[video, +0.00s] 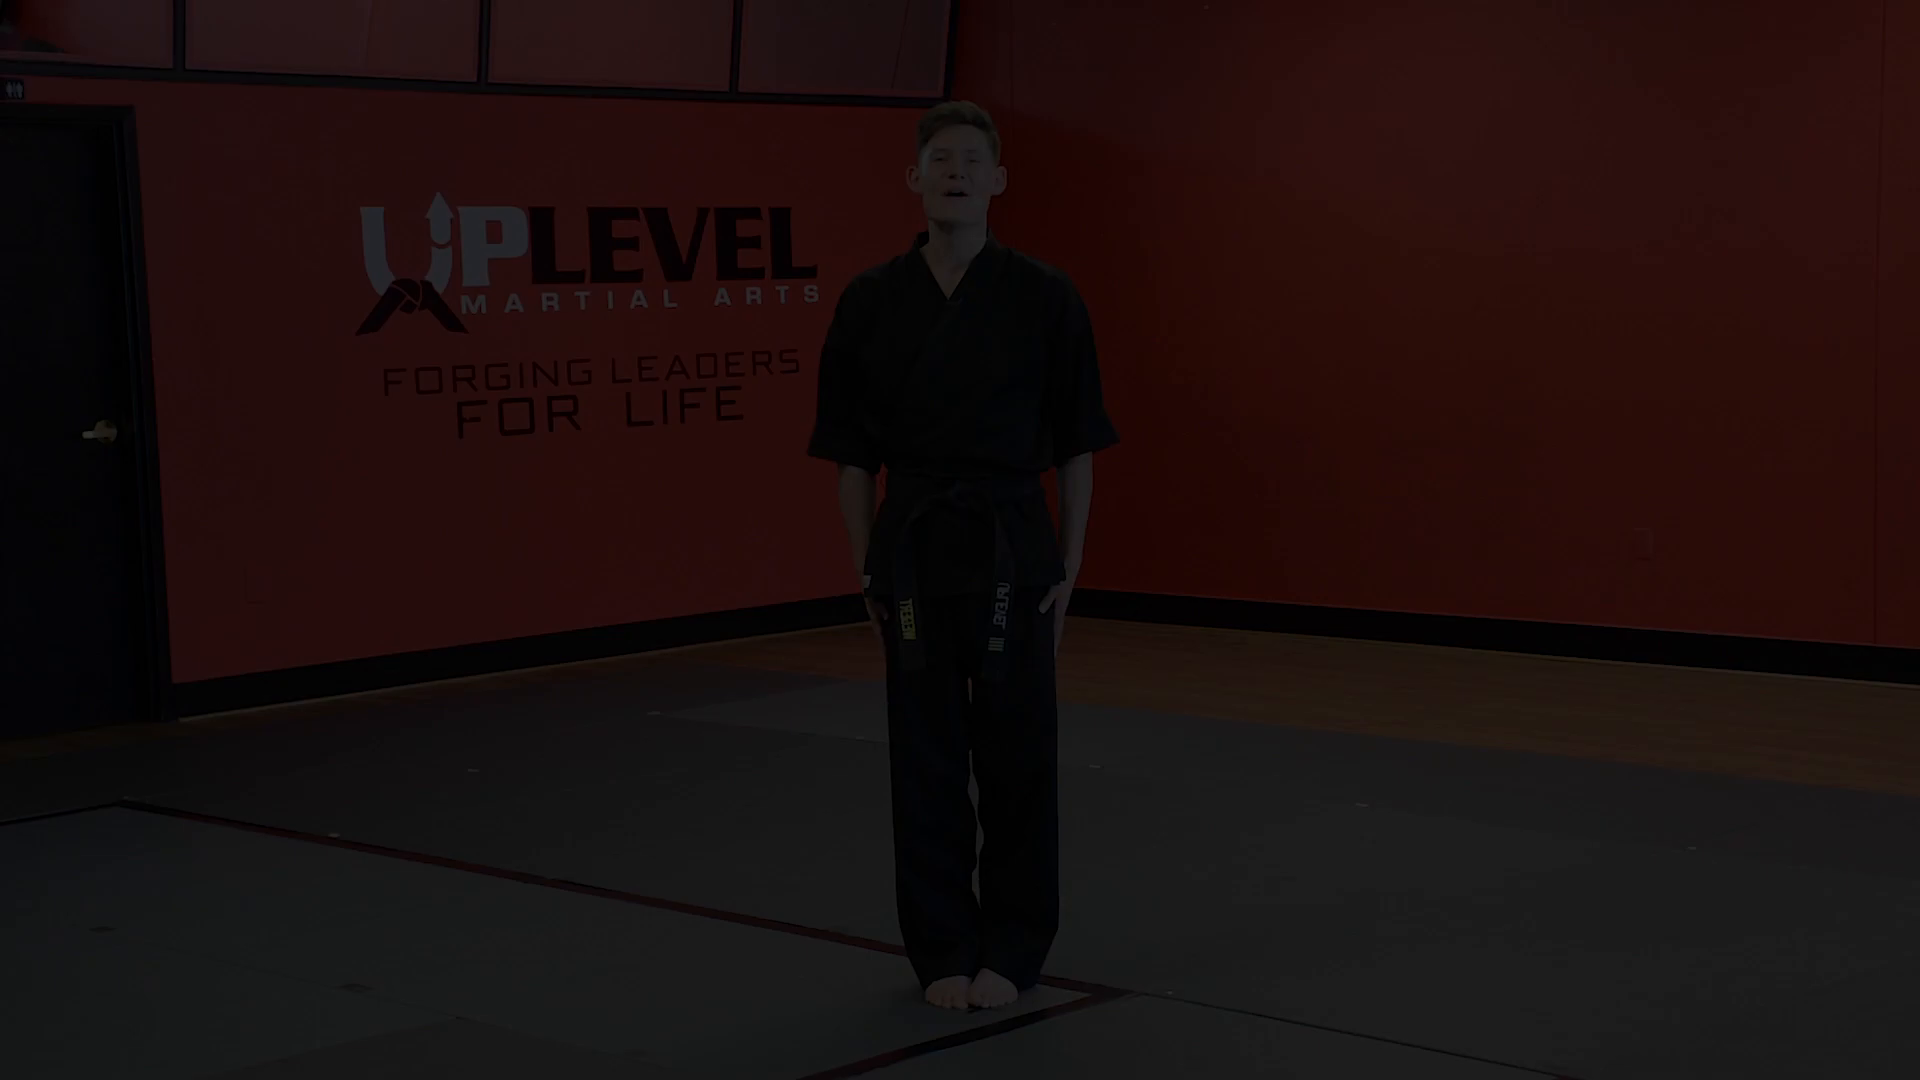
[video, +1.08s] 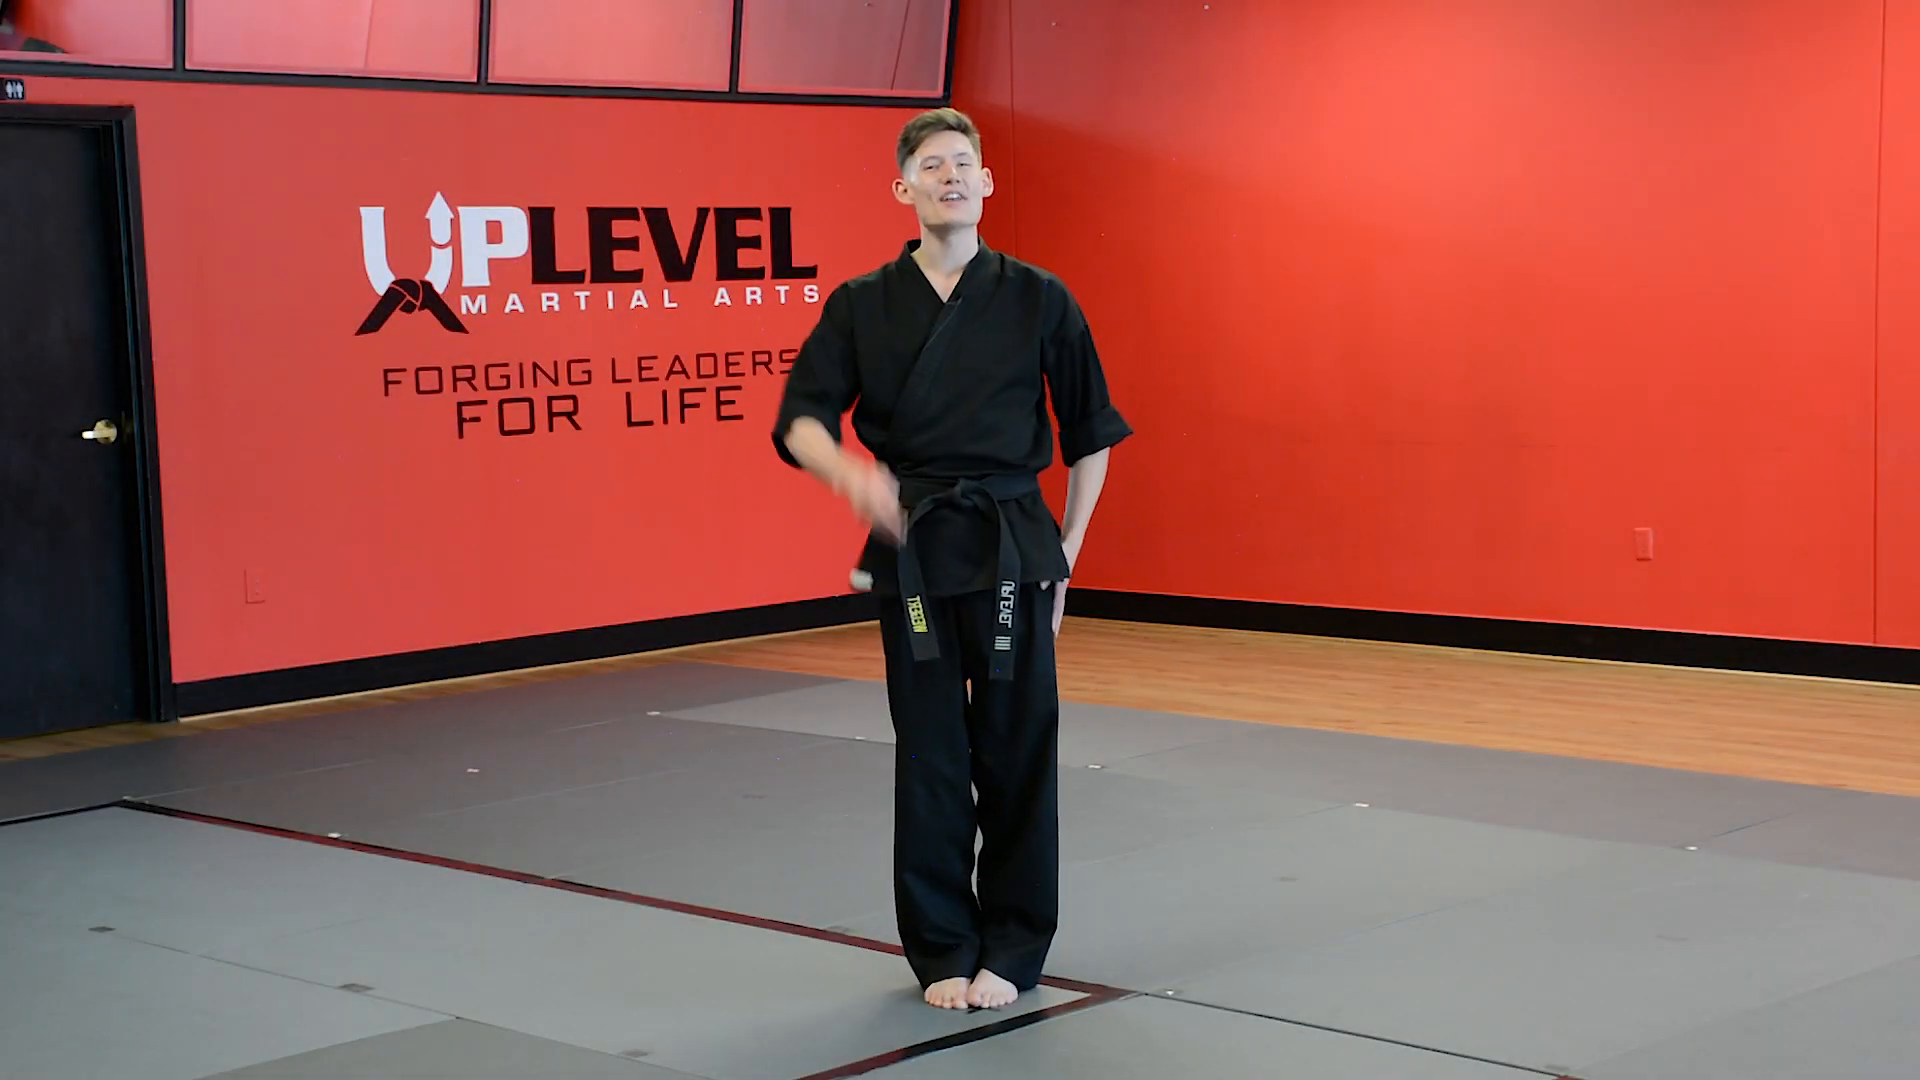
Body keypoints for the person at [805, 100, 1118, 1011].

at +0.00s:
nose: (956, 174)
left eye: (972, 162)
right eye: (940, 162)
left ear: (997, 181)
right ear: (916, 181)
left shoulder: (1043, 295)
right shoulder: (870, 298)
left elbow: (1078, 446)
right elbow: (851, 452)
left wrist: (1070, 566)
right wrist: (867, 566)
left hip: (1017, 556)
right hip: (913, 559)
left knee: (1017, 763)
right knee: (925, 765)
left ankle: (1014, 957)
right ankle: (940, 957)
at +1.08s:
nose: (951, 174)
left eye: (964, 162)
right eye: (932, 164)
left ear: (986, 183)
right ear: (904, 189)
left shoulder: (1040, 297)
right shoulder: (858, 305)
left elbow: (1090, 432)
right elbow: (799, 422)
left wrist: (1069, 548)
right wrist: (856, 479)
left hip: (1016, 538)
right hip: (914, 540)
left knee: (1016, 760)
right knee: (929, 761)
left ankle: (1011, 956)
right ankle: (944, 956)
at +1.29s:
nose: (955, 172)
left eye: (965, 160)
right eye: (935, 162)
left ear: (984, 182)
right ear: (903, 187)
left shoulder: (1034, 293)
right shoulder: (862, 292)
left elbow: (1091, 417)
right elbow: (772, 372)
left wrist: (1067, 531)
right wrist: (848, 346)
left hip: (1018, 536)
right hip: (917, 539)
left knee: (1018, 759)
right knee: (935, 760)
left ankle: (1010, 956)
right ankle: (942, 957)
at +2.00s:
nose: (960, 164)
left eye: (970, 152)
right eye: (938, 154)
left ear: (990, 172)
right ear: (906, 180)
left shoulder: (1030, 283)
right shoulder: (870, 281)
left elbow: (1086, 393)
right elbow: (878, 365)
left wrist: (1054, 502)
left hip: (1014, 531)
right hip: (915, 536)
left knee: (1018, 758)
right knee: (928, 761)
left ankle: (1013, 954)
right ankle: (939, 953)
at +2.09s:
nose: (955, 166)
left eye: (967, 154)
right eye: (935, 157)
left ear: (992, 175)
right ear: (906, 184)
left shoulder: (1035, 284)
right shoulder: (873, 290)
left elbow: (1088, 392)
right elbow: (874, 408)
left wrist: (1058, 499)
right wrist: (923, 491)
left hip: (1015, 532)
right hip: (918, 534)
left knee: (1017, 758)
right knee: (926, 760)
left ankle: (1014, 957)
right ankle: (939, 956)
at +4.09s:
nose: (959, 195)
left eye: (974, 178)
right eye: (943, 180)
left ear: (1005, 187)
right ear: (922, 193)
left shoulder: (1052, 298)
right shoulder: (884, 297)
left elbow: (1108, 435)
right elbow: (847, 438)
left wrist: (1074, 557)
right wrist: (863, 553)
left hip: (1019, 544)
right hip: (915, 543)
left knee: (1020, 765)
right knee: (927, 765)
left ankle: (1011, 954)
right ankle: (945, 953)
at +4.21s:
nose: (957, 192)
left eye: (972, 176)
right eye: (941, 177)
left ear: (1001, 187)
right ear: (918, 190)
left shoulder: (1050, 297)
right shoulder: (880, 296)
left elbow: (1115, 420)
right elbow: (822, 416)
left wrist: (1120, 531)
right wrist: (821, 492)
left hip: (1018, 544)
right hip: (915, 544)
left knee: (1021, 762)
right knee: (927, 762)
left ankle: (1011, 953)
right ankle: (945, 952)